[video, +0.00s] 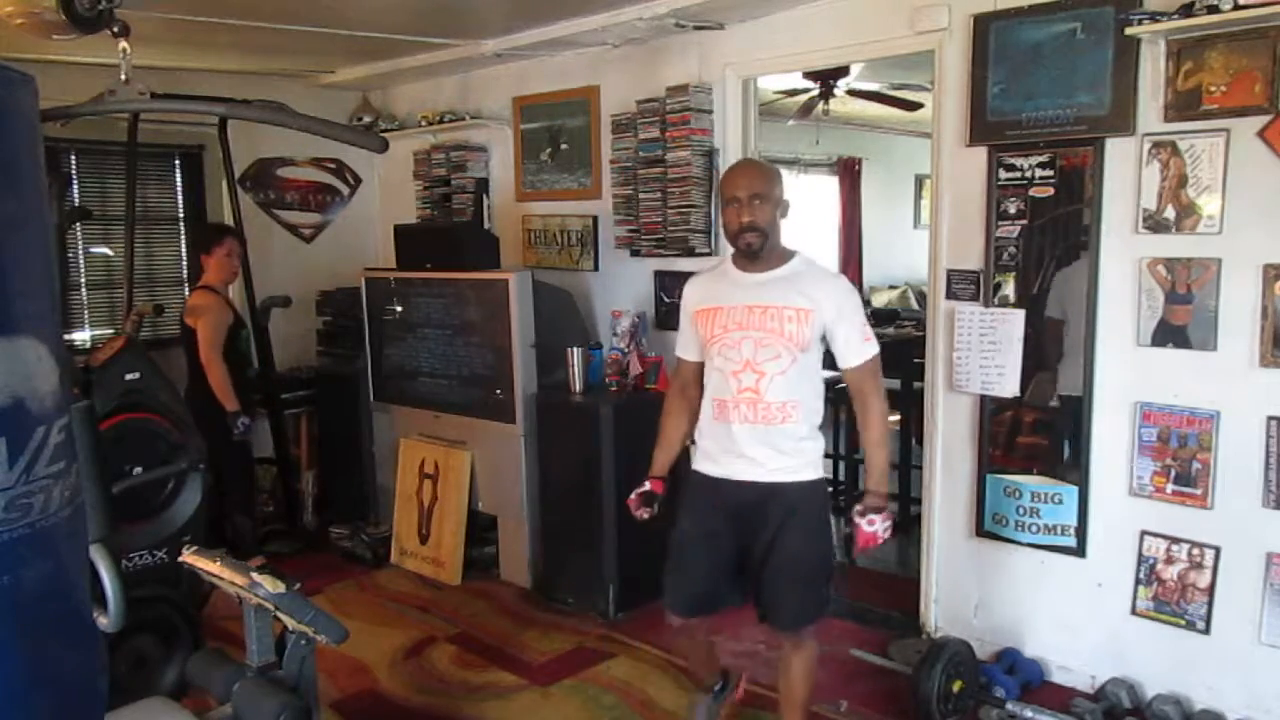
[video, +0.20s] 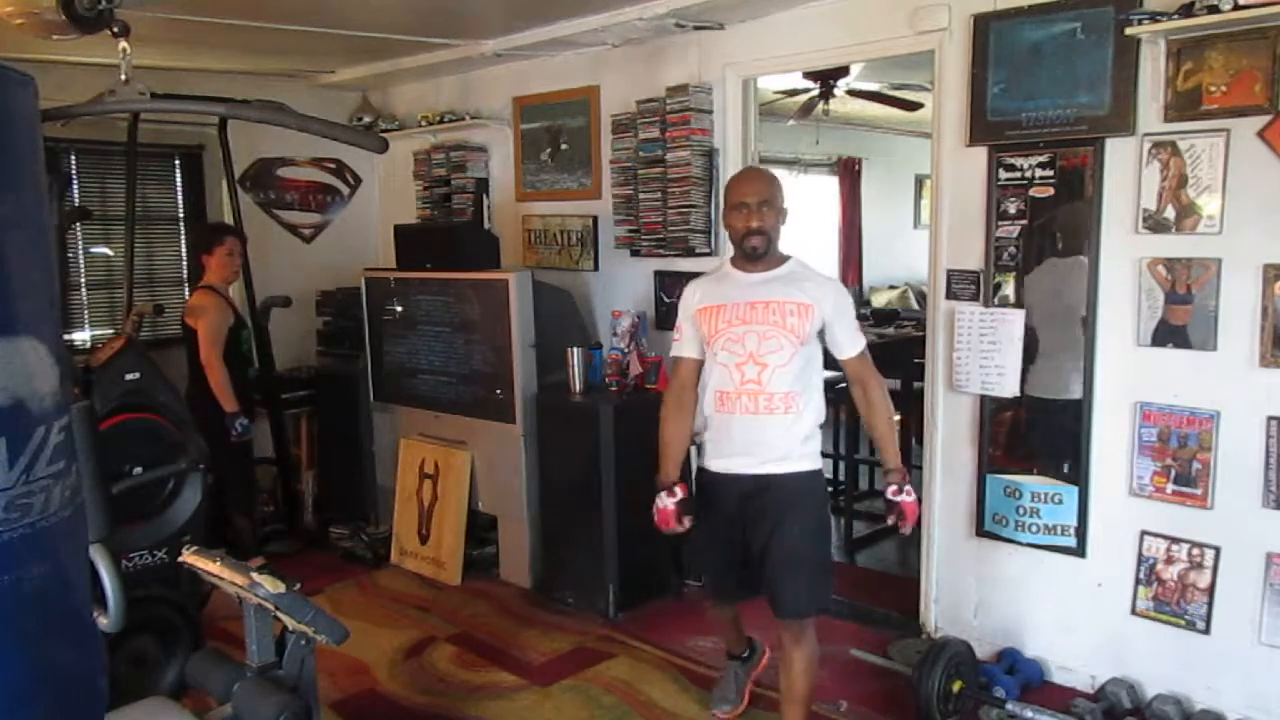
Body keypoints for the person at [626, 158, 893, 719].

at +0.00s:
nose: (744, 215)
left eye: (757, 202)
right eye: (732, 203)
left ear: (781, 209)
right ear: (719, 214)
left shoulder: (827, 290)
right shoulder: (700, 291)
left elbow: (868, 390)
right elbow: (683, 389)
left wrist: (877, 487)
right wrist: (657, 474)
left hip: (793, 487)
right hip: (711, 482)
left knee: (794, 628)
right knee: (682, 614)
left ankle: (793, 716)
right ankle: (715, 685)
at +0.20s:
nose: (752, 218)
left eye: (764, 206)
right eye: (740, 207)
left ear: (783, 214)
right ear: (724, 218)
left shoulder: (823, 293)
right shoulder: (700, 295)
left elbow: (865, 381)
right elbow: (681, 391)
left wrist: (894, 467)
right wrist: (668, 480)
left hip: (794, 479)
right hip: (720, 477)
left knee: (794, 619)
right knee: (719, 588)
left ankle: (794, 715)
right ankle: (741, 652)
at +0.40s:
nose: (733, 234)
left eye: (745, 221)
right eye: (722, 223)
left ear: (766, 224)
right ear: (709, 229)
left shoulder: (808, 293)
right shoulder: (697, 296)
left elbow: (832, 382)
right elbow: (685, 377)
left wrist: (840, 468)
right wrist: (684, 442)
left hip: (787, 470)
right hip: (720, 468)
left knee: (791, 603)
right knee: (727, 580)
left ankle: (796, 711)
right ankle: (753, 663)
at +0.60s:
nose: (714, 228)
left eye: (728, 217)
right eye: (709, 217)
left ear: (760, 220)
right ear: (704, 221)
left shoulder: (802, 283)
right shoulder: (704, 288)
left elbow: (831, 372)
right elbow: (696, 370)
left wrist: (819, 452)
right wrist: (681, 450)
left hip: (786, 453)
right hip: (724, 453)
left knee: (786, 576)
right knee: (740, 567)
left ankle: (801, 687)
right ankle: (753, 666)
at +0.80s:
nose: (727, 220)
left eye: (739, 210)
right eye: (722, 210)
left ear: (770, 215)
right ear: (718, 215)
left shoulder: (808, 278)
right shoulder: (717, 284)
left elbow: (844, 367)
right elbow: (708, 358)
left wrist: (847, 454)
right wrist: (690, 423)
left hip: (796, 448)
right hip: (733, 446)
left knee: (800, 569)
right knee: (743, 561)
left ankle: (813, 672)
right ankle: (755, 665)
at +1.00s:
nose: (751, 219)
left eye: (764, 210)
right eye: (745, 210)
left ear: (791, 219)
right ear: (739, 217)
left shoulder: (826, 284)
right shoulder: (730, 279)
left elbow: (857, 378)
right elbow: (730, 351)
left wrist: (830, 458)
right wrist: (704, 417)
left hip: (809, 448)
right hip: (745, 444)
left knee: (817, 564)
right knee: (735, 554)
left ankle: (815, 674)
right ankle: (750, 662)